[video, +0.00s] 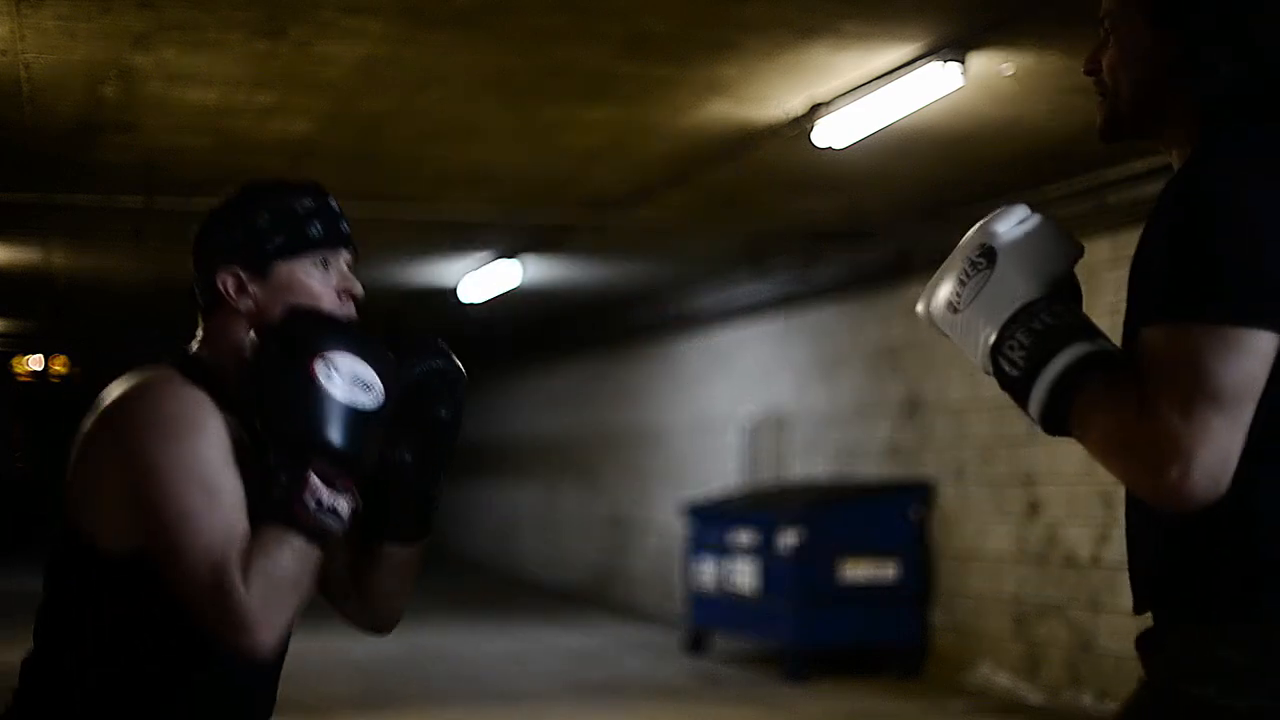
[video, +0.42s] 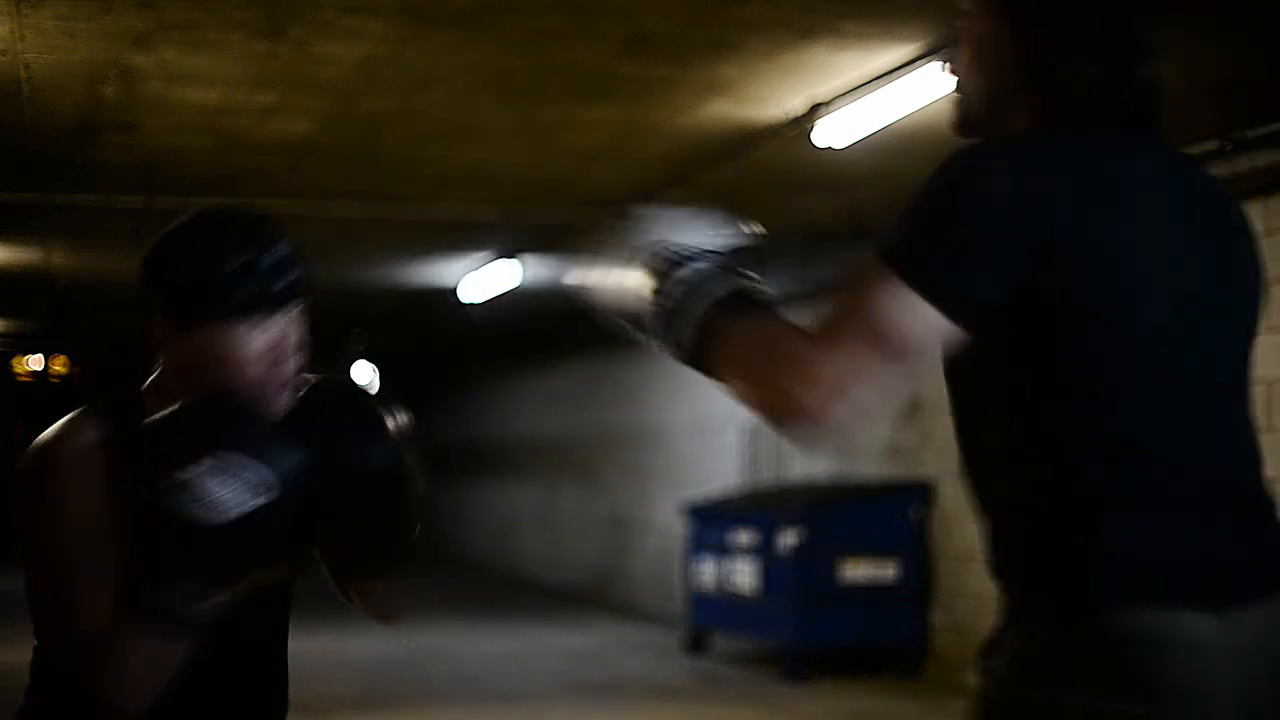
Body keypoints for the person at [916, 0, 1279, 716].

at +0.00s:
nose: (1092, 63)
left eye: (1113, 30)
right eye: (1102, 34)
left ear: (1184, 33)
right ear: (1182, 41)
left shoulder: (1238, 178)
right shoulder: (1228, 177)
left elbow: (1184, 455)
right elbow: (1187, 447)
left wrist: (1026, 333)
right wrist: (1044, 328)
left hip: (1241, 658)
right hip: (1230, 649)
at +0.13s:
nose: (1079, 61)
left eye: (1103, 29)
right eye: (1089, 32)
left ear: (1172, 33)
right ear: (1177, 39)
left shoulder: (1231, 166)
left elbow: (1161, 446)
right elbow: (1164, 442)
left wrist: (1026, 336)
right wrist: (1043, 337)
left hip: (1223, 656)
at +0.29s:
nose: (1014, 65)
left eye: (1031, 39)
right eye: (1019, 40)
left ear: (1089, 48)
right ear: (1177, 53)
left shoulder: (1059, 182)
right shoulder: (1243, 189)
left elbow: (797, 297)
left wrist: (674, 282)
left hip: (1157, 630)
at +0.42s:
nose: (949, 55)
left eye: (964, 30)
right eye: (955, 33)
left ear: (1021, 40)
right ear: (1114, 45)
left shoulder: (999, 189)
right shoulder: (1206, 206)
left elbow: (825, 397)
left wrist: (698, 303)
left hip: (1089, 636)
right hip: (1242, 626)